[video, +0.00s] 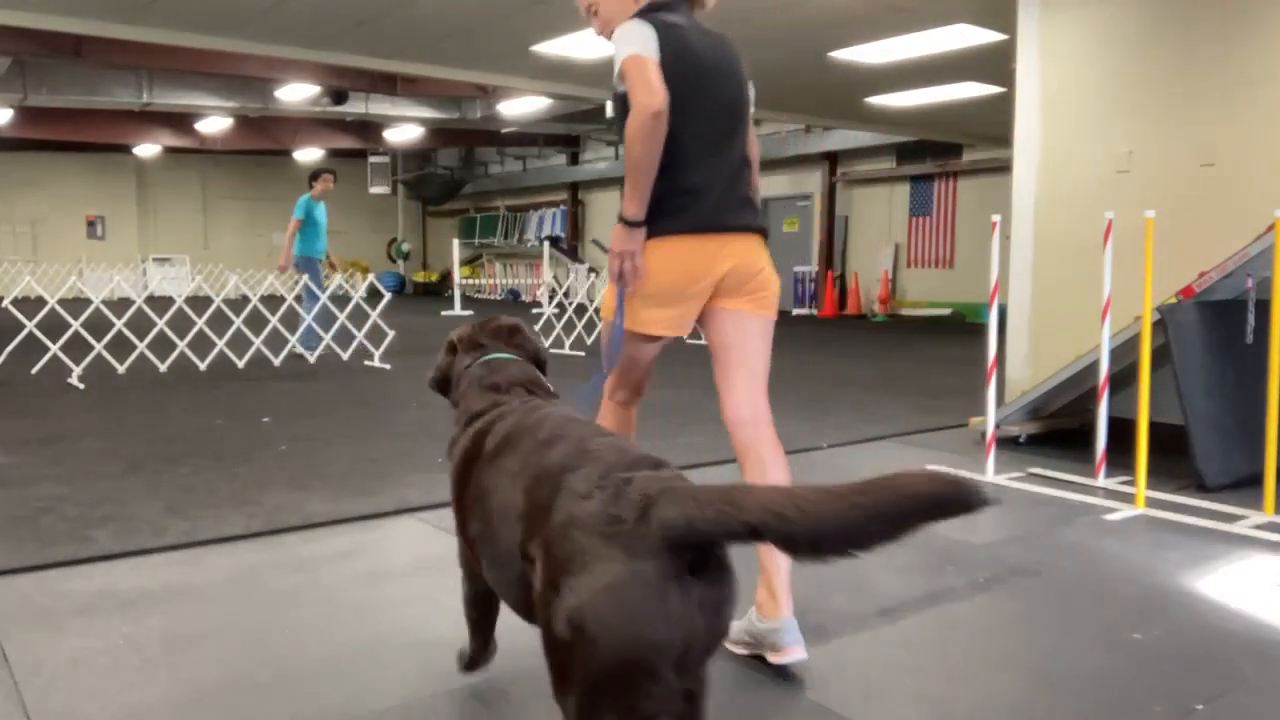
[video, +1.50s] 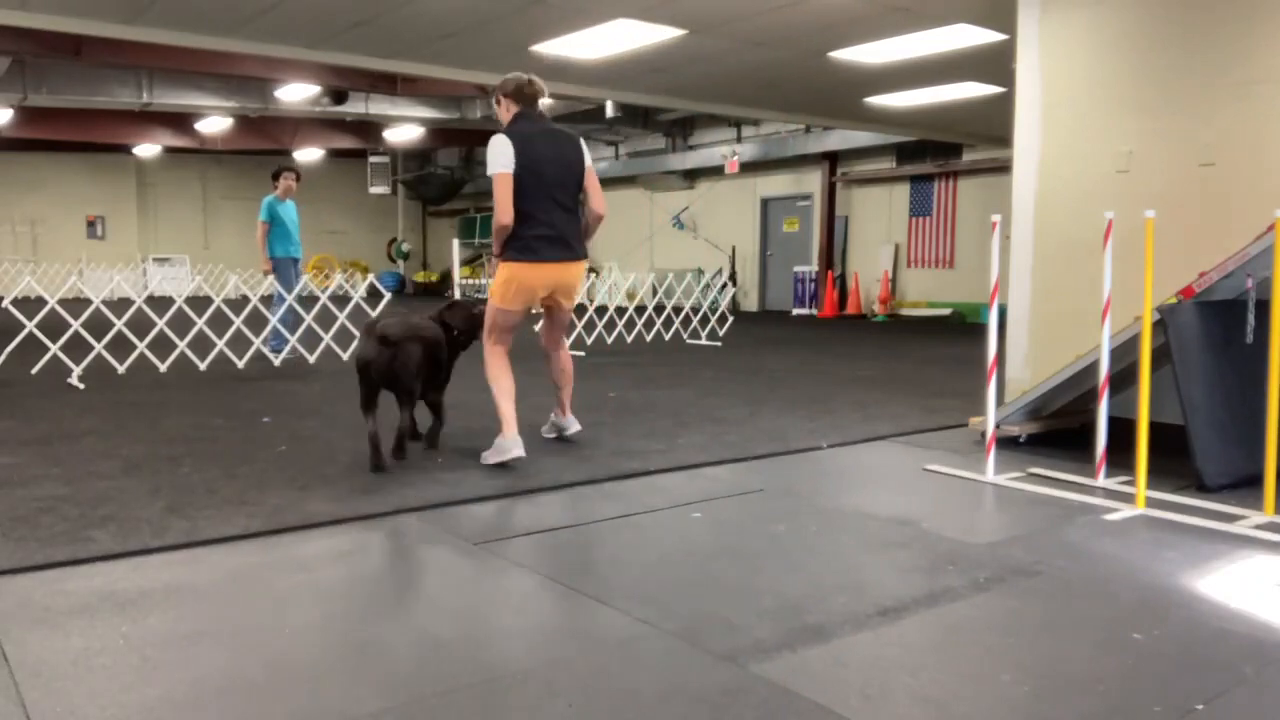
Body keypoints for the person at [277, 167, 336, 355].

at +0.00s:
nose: (330, 186)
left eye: (332, 182)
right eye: (326, 181)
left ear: (331, 185)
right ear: (315, 182)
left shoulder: (321, 204)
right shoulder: (305, 201)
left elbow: (321, 236)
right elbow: (292, 230)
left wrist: (329, 257)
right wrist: (285, 258)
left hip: (317, 257)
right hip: (306, 256)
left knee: (311, 299)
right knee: (316, 298)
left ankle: (306, 341)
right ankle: (307, 342)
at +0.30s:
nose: (310, 183)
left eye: (313, 180)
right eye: (306, 179)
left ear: (315, 184)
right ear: (296, 181)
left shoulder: (311, 205)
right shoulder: (285, 202)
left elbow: (313, 234)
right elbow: (274, 229)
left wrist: (323, 258)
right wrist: (267, 258)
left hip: (307, 259)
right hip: (289, 258)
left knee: (312, 299)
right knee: (290, 301)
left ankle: (308, 341)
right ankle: (277, 343)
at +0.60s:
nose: (300, 181)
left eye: (302, 177)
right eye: (296, 177)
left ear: (305, 181)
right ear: (286, 180)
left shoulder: (301, 202)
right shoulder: (276, 200)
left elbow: (303, 230)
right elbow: (266, 229)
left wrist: (313, 254)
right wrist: (268, 257)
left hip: (299, 256)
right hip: (282, 256)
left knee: (303, 299)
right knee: (284, 299)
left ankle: (306, 340)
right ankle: (277, 343)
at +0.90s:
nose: (295, 180)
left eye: (297, 176)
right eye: (290, 176)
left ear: (300, 180)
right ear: (281, 179)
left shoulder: (297, 202)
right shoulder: (272, 200)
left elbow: (299, 232)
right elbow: (264, 229)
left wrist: (304, 256)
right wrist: (266, 258)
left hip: (297, 256)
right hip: (280, 256)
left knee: (300, 298)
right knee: (284, 298)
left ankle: (293, 337)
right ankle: (277, 343)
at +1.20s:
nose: (292, 181)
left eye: (295, 177)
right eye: (288, 176)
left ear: (298, 181)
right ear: (279, 180)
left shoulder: (294, 203)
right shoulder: (271, 201)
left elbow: (296, 231)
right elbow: (263, 230)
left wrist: (300, 256)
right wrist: (263, 259)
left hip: (296, 255)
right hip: (280, 255)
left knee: (293, 299)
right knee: (283, 299)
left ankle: (286, 340)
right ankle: (276, 343)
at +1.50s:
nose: (290, 183)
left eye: (293, 180)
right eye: (286, 179)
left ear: (296, 184)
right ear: (277, 182)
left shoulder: (292, 205)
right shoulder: (269, 202)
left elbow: (293, 232)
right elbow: (262, 231)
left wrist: (298, 256)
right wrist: (265, 259)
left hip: (295, 255)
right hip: (279, 255)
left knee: (289, 299)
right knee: (284, 298)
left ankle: (282, 341)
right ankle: (276, 343)